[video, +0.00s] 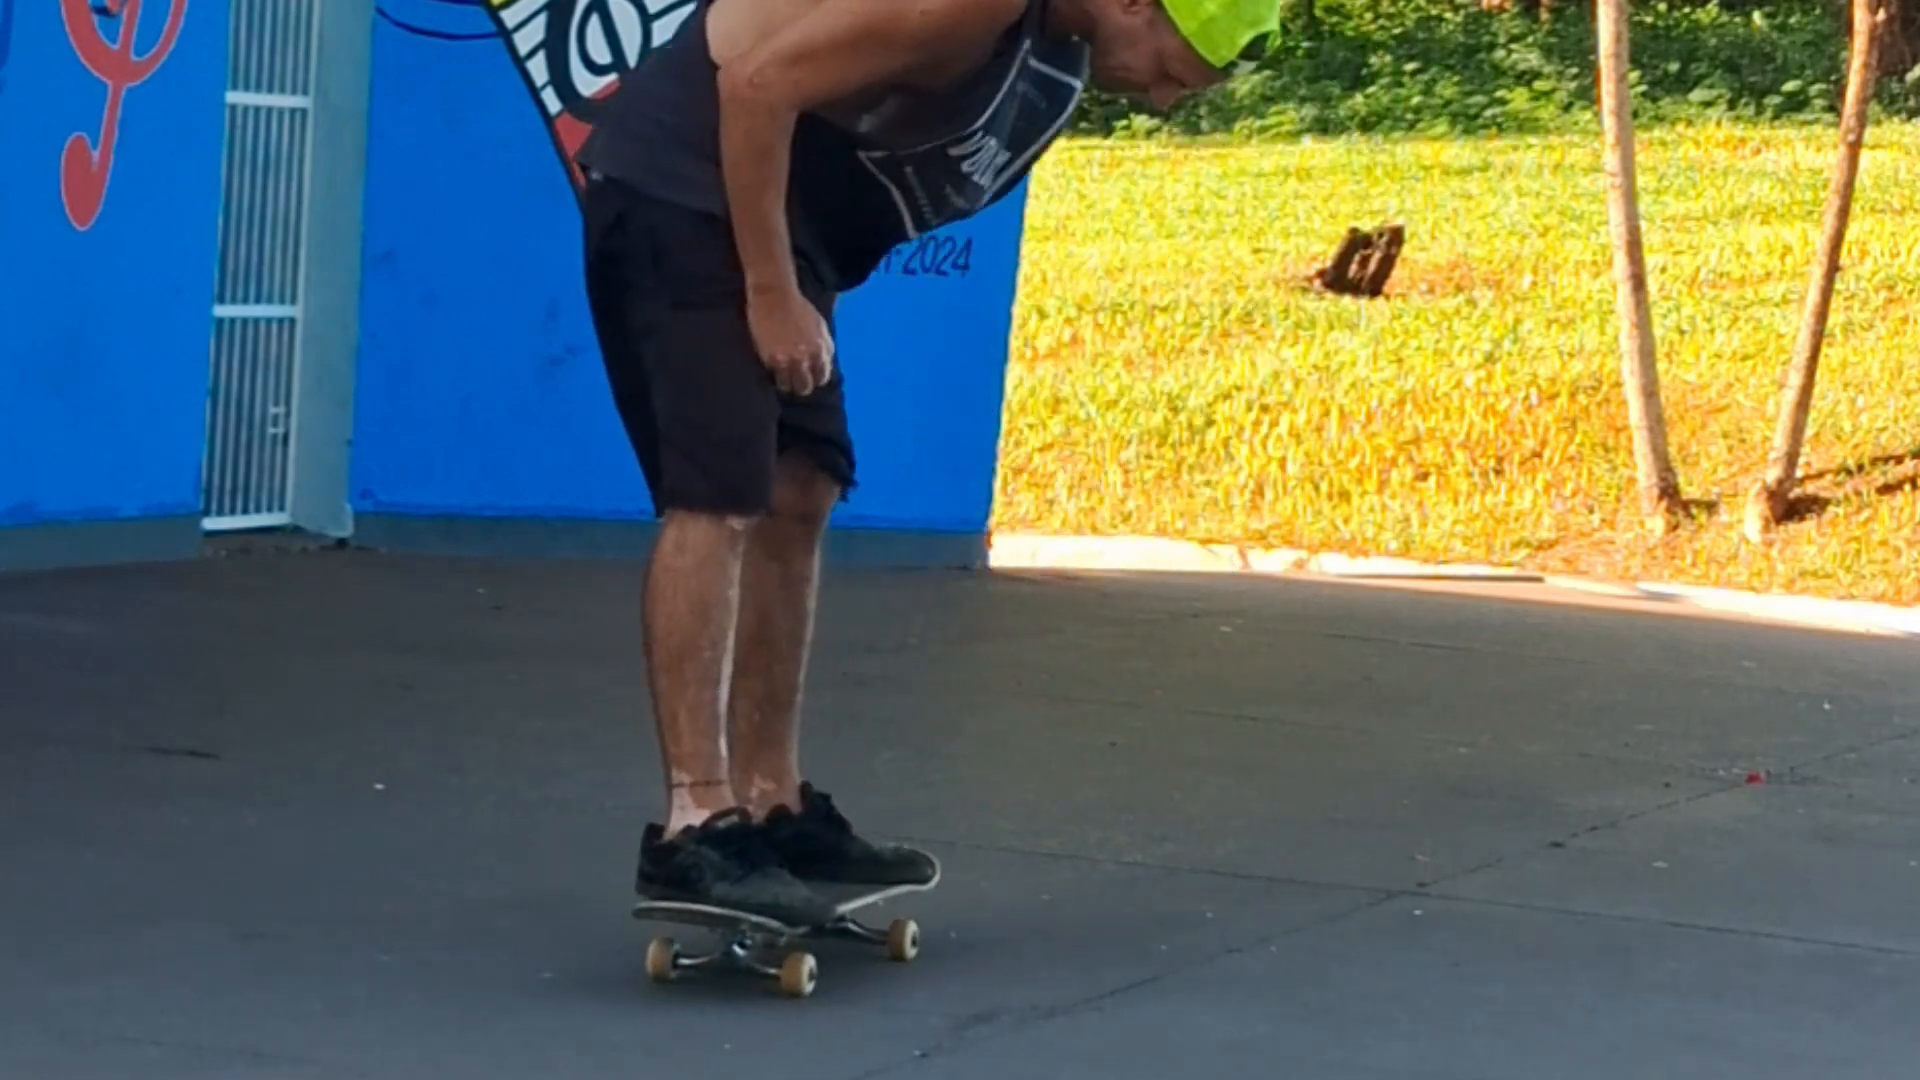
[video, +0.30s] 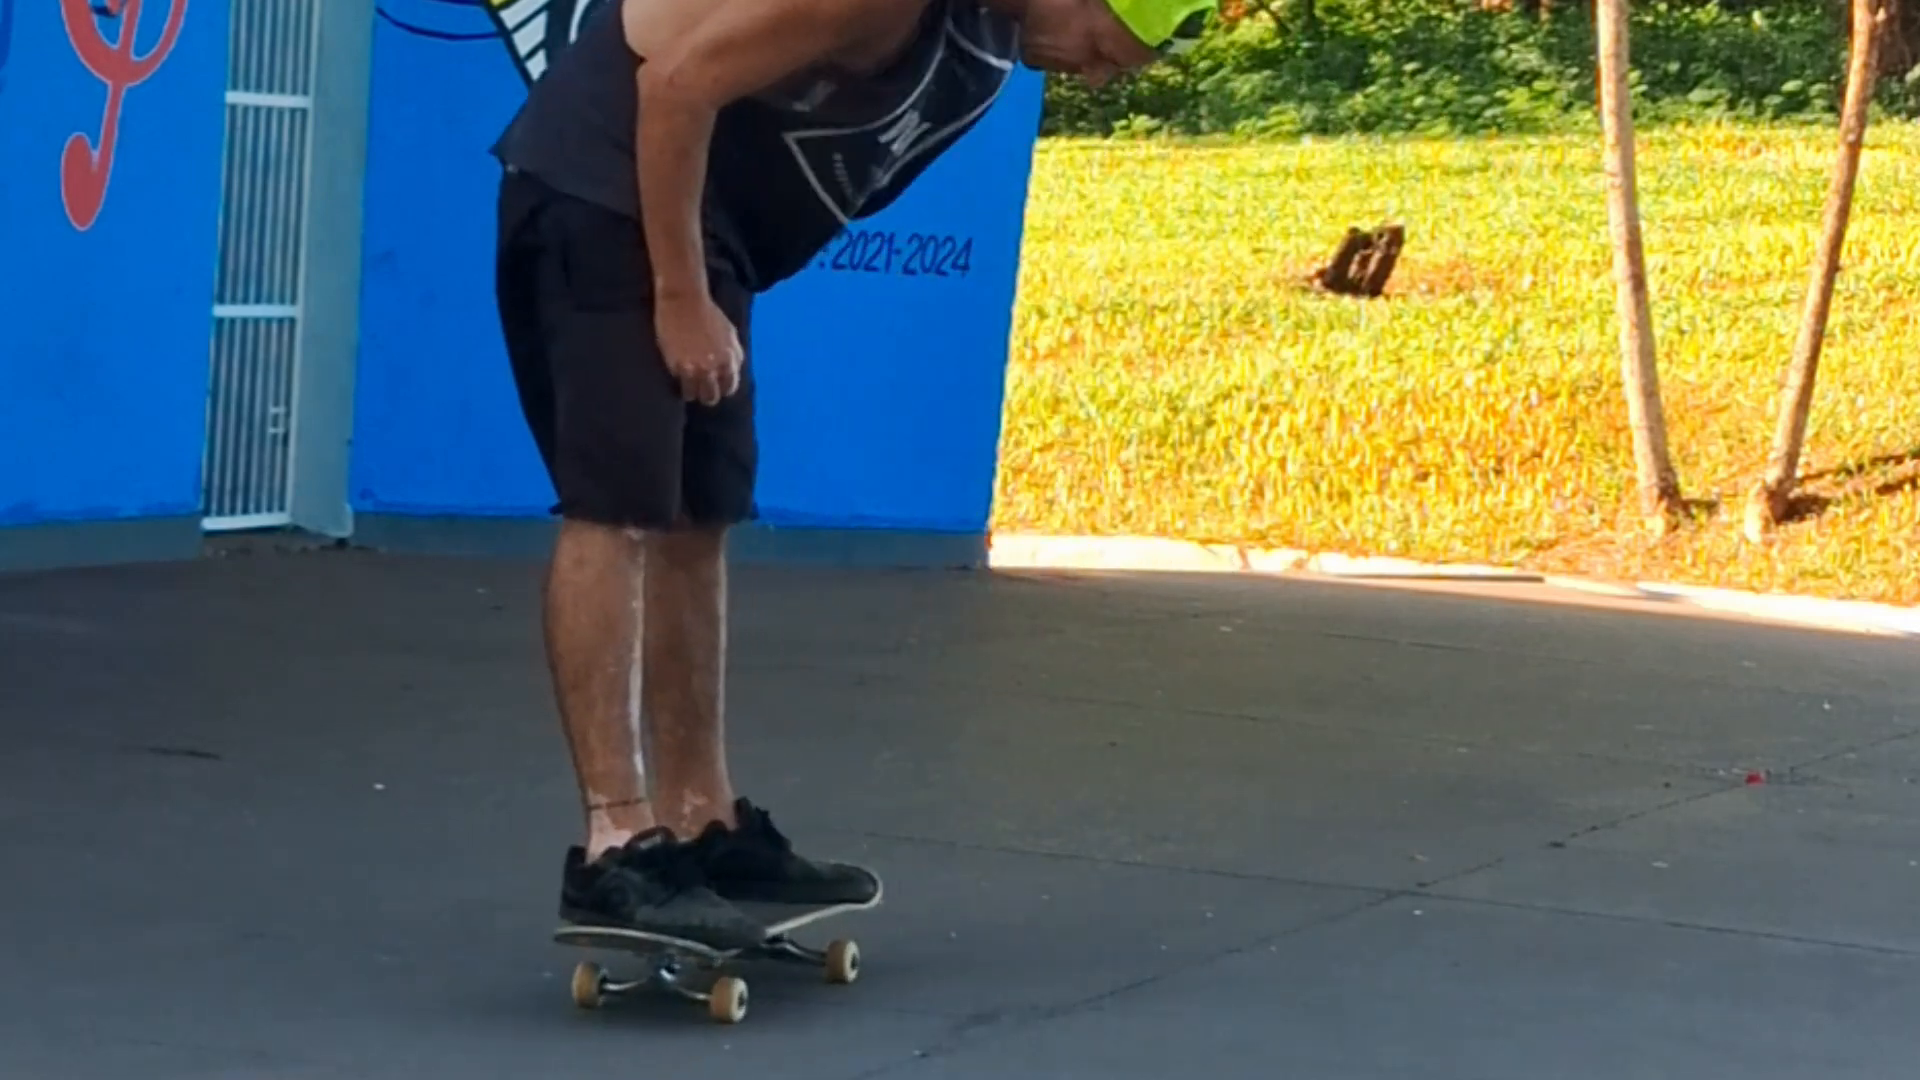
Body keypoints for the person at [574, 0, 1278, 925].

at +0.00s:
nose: (1178, 92)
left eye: (1200, 82)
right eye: (1176, 65)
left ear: (1125, 7)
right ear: (1132, 1)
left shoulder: (1057, 64)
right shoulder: (970, 13)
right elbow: (755, 80)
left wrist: (810, 282)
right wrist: (772, 288)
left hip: (785, 229)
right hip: (675, 191)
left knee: (800, 484)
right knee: (717, 488)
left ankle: (771, 807)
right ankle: (693, 825)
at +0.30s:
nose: (1099, 70)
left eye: (1118, 65)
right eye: (1106, 49)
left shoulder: (985, 49)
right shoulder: (888, 10)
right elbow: (676, 80)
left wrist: (729, 289)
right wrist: (682, 295)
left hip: (706, 230)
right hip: (599, 198)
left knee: (696, 511)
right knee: (611, 505)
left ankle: (702, 824)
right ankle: (613, 847)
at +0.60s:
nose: (1029, 40)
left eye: (1044, 34)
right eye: (1030, 19)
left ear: (1026, 23)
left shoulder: (938, 55)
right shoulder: (809, 5)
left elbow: (740, 144)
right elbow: (581, 70)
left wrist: (685, 310)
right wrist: (587, 294)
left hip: (638, 227)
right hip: (513, 187)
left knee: (617, 513)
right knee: (515, 509)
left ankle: (630, 842)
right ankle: (528, 866)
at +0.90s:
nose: (944, 25)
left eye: (960, 21)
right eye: (952, 9)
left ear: (936, 9)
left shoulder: (834, 41)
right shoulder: (729, 1)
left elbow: (673, 147)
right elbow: (485, 65)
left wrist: (642, 319)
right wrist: (495, 296)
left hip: (551, 222)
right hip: (420, 172)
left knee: (531, 525)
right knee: (425, 520)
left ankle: (548, 865)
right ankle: (436, 888)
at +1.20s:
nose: (842, 3)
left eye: (852, 2)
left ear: (835, 6)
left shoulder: (745, 23)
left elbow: (605, 168)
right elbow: (381, 60)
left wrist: (531, 338)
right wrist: (400, 298)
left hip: (464, 227)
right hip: (323, 176)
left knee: (439, 534)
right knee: (320, 530)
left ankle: (458, 885)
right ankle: (332, 909)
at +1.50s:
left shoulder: (631, 21)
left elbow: (518, 154)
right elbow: (283, 55)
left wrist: (441, 334)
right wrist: (299, 303)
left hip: (386, 202)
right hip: (227, 155)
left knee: (356, 542)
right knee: (213, 540)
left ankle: (358, 908)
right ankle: (214, 941)